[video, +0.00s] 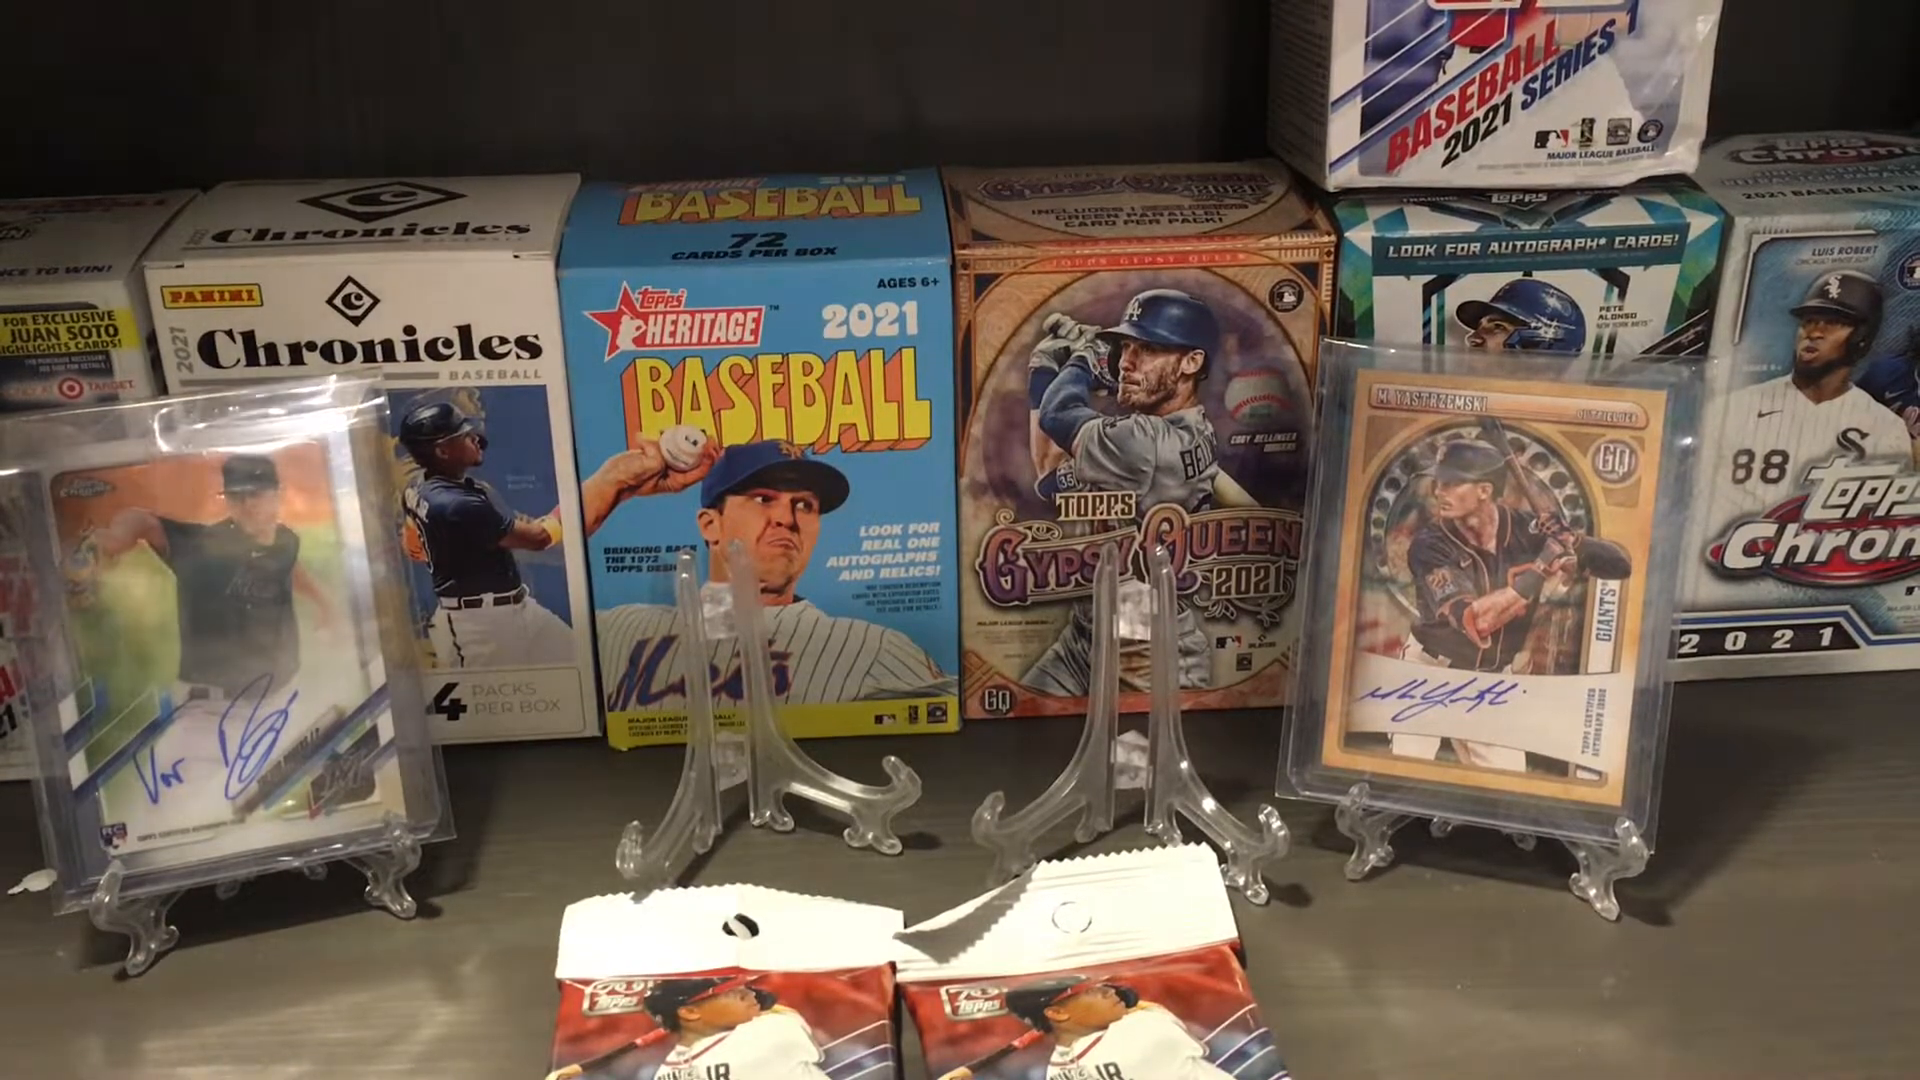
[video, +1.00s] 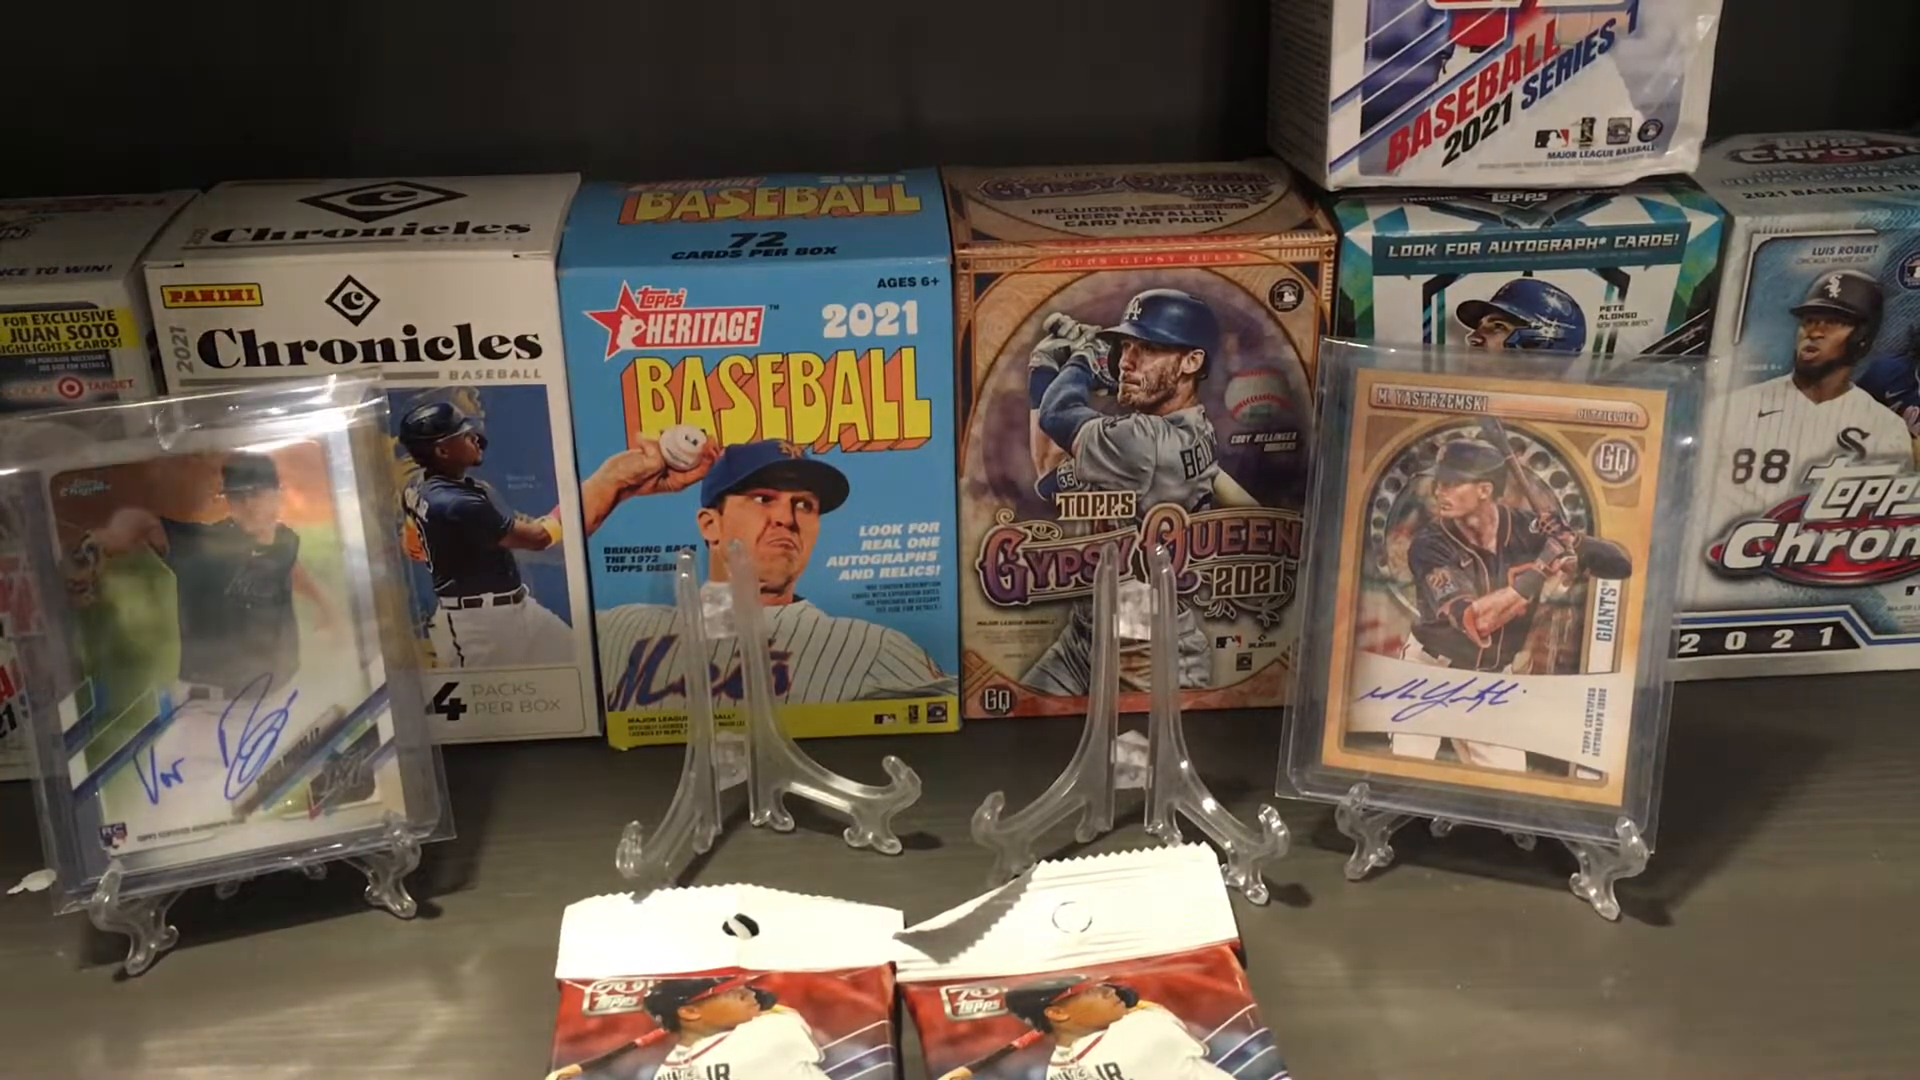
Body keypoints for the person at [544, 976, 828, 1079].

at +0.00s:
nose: (745, 993)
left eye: (736, 986)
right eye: (727, 993)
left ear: (689, 1015)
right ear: (691, 1015)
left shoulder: (666, 1071)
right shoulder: (779, 1032)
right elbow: (780, 1008)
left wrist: (577, 1072)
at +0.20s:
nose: (745, 993)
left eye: (735, 986)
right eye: (727, 993)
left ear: (690, 1015)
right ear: (691, 1015)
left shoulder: (666, 1071)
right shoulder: (778, 1033)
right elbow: (779, 1008)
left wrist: (578, 1072)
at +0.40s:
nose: (745, 992)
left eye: (735, 986)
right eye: (727, 993)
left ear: (689, 1015)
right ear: (691, 1014)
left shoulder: (665, 1072)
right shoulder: (779, 1033)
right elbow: (779, 1008)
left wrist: (579, 1072)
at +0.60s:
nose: (744, 993)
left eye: (734, 986)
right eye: (727, 993)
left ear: (690, 1015)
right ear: (692, 1015)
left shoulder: (667, 1071)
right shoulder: (778, 1032)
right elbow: (779, 1008)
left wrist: (580, 1071)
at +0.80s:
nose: (744, 993)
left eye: (734, 987)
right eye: (726, 993)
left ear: (690, 1015)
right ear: (691, 1014)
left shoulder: (666, 1071)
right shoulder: (778, 1032)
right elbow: (779, 1007)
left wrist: (578, 1071)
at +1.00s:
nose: (743, 993)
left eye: (732, 987)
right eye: (725, 993)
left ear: (690, 1015)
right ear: (691, 1014)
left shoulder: (667, 1071)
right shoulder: (778, 1033)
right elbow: (779, 1008)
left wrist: (578, 1071)